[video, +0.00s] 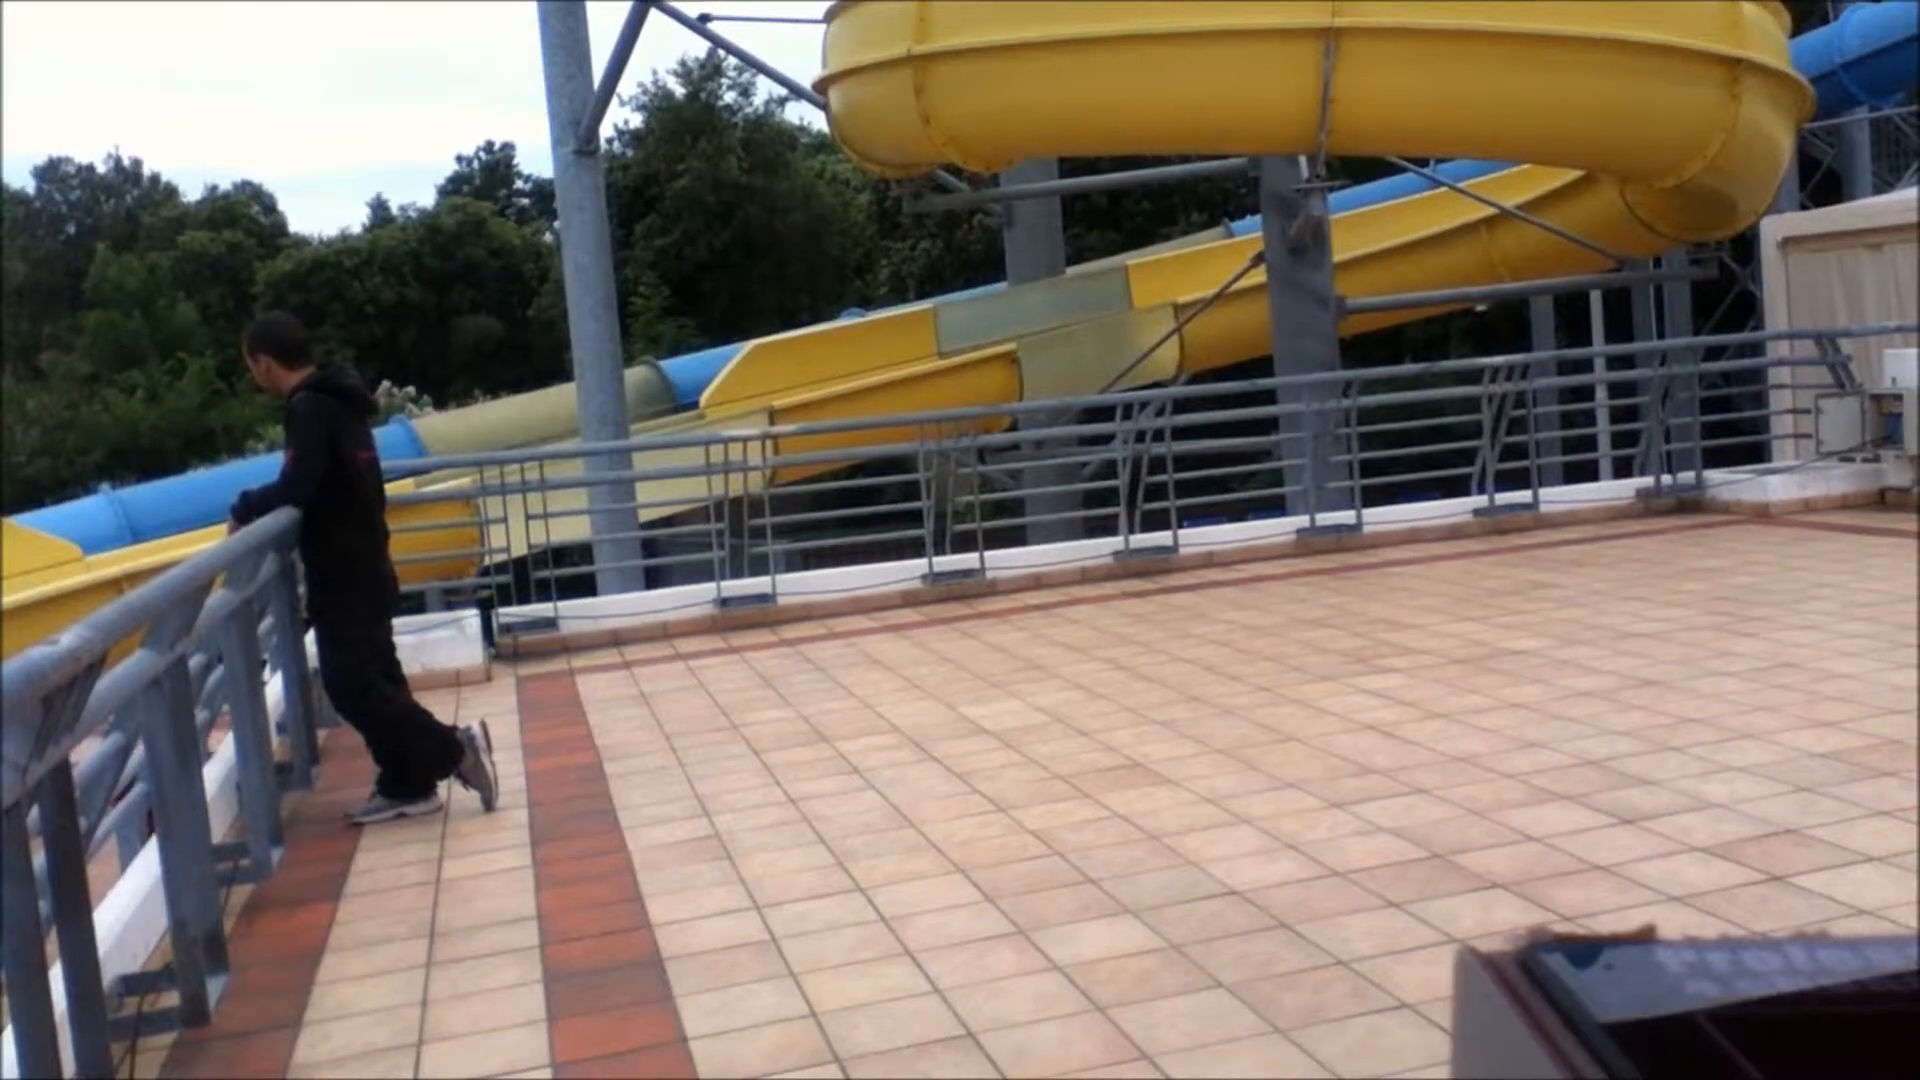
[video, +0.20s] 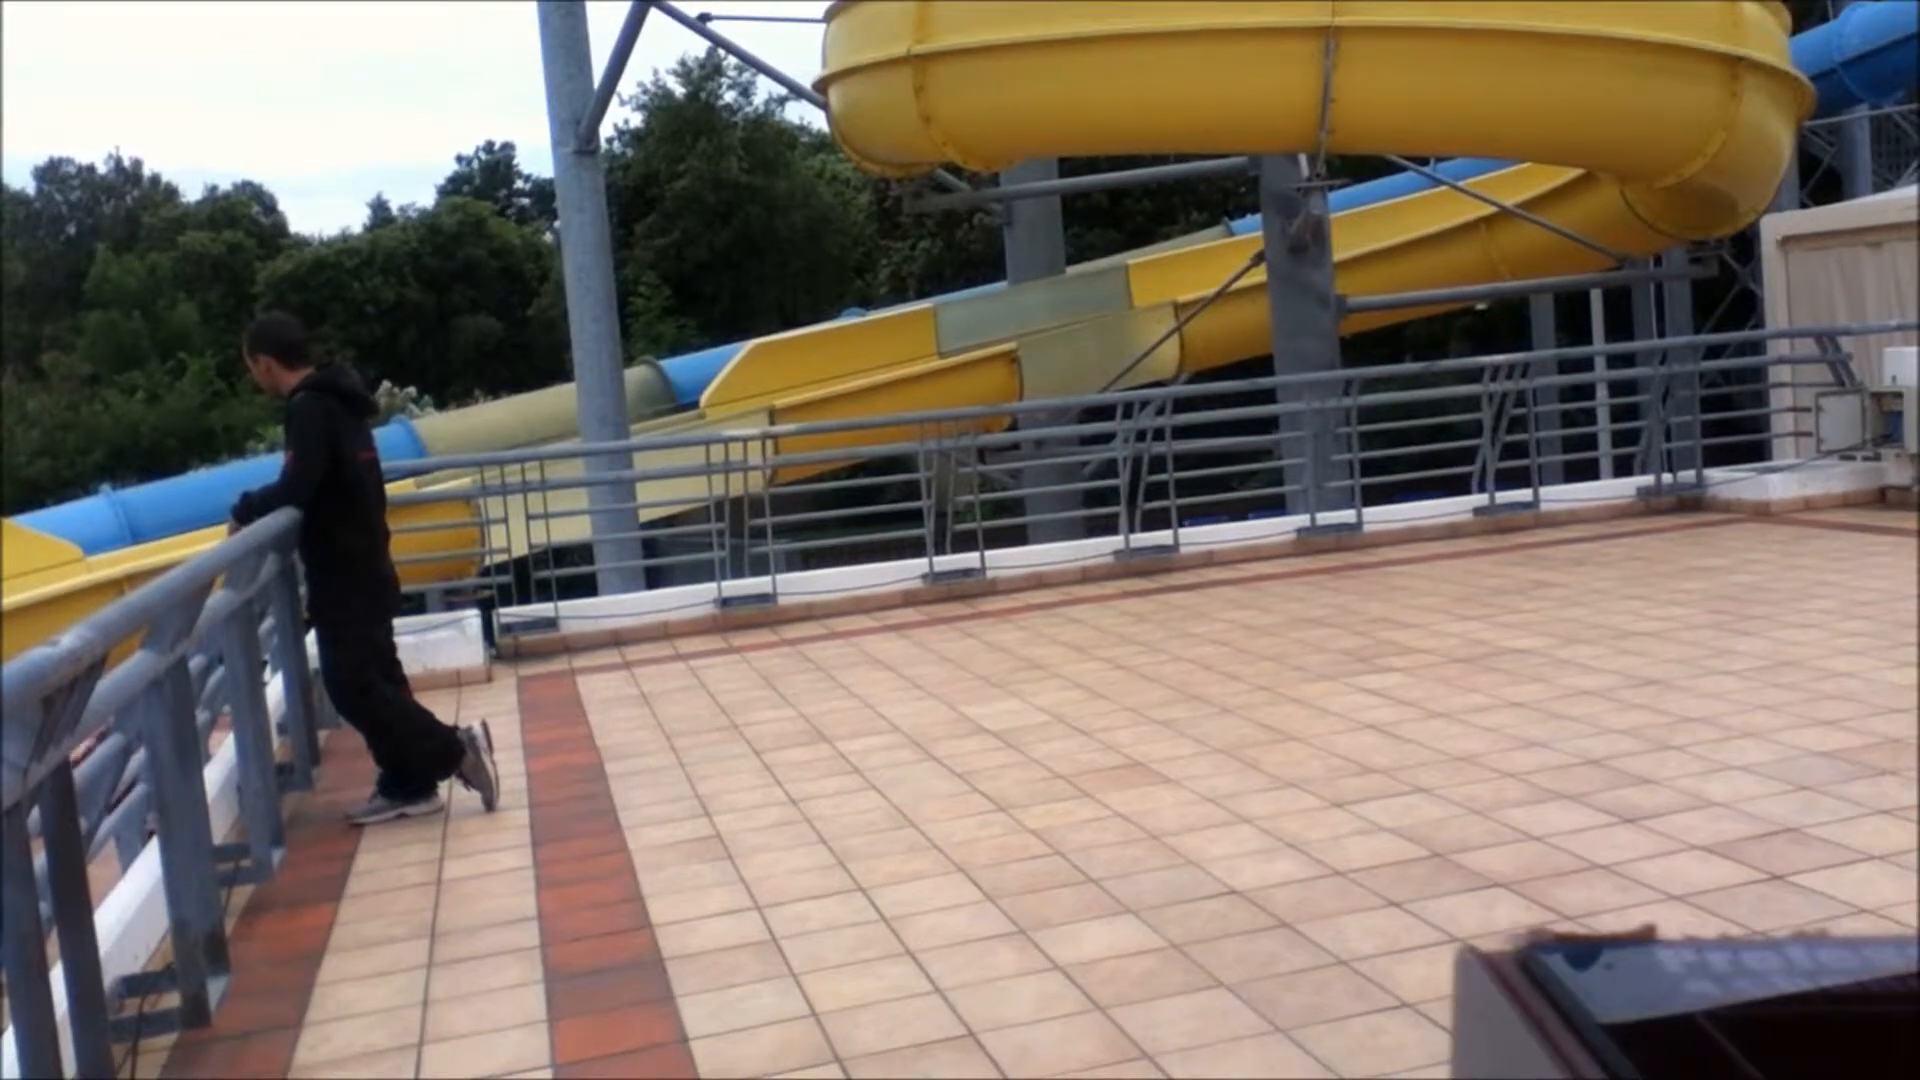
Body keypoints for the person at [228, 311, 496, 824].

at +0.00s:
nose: (253, 377)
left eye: (252, 367)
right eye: (251, 368)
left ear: (268, 363)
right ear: (300, 352)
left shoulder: (308, 408)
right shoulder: (337, 397)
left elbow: (298, 488)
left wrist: (244, 509)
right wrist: (261, 508)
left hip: (343, 573)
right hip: (364, 567)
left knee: (348, 687)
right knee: (376, 675)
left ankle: (452, 750)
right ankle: (406, 787)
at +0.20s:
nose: (254, 377)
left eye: (253, 367)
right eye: (251, 368)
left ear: (269, 363)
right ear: (298, 354)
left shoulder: (308, 408)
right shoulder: (337, 397)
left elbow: (298, 489)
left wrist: (244, 509)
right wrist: (262, 508)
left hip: (343, 573)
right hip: (365, 566)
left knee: (349, 689)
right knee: (377, 676)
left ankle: (454, 750)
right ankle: (406, 787)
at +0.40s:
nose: (256, 380)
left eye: (255, 369)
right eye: (254, 370)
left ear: (271, 366)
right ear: (301, 355)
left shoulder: (311, 412)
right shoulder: (338, 401)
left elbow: (299, 492)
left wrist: (245, 512)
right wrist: (264, 511)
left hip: (343, 576)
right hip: (365, 570)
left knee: (349, 692)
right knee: (377, 680)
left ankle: (453, 753)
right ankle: (405, 791)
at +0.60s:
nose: (256, 380)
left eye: (255, 369)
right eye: (254, 370)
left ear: (270, 367)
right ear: (301, 357)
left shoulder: (311, 413)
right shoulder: (338, 402)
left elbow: (300, 492)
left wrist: (245, 513)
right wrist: (264, 512)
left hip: (343, 577)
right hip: (365, 571)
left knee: (349, 693)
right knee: (377, 680)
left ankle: (452, 754)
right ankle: (406, 791)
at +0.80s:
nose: (257, 381)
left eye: (256, 371)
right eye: (255, 371)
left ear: (273, 368)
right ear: (301, 359)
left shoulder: (313, 416)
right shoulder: (338, 404)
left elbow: (301, 495)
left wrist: (246, 515)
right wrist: (263, 515)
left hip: (345, 580)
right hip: (365, 575)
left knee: (350, 696)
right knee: (376, 683)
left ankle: (453, 756)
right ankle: (406, 793)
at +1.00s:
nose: (255, 381)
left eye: (256, 370)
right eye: (253, 371)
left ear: (276, 365)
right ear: (298, 360)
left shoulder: (314, 414)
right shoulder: (338, 404)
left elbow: (300, 494)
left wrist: (245, 513)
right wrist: (263, 514)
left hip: (345, 579)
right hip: (365, 574)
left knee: (350, 694)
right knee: (377, 682)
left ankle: (453, 754)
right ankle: (406, 791)